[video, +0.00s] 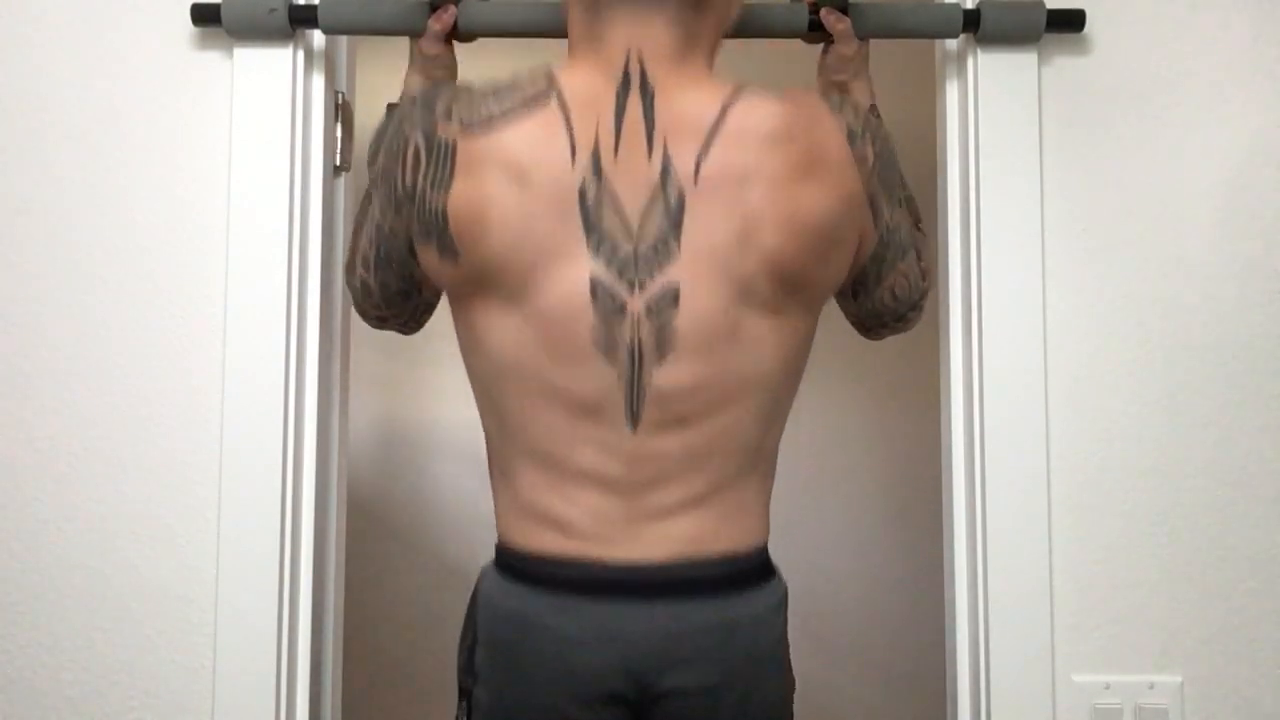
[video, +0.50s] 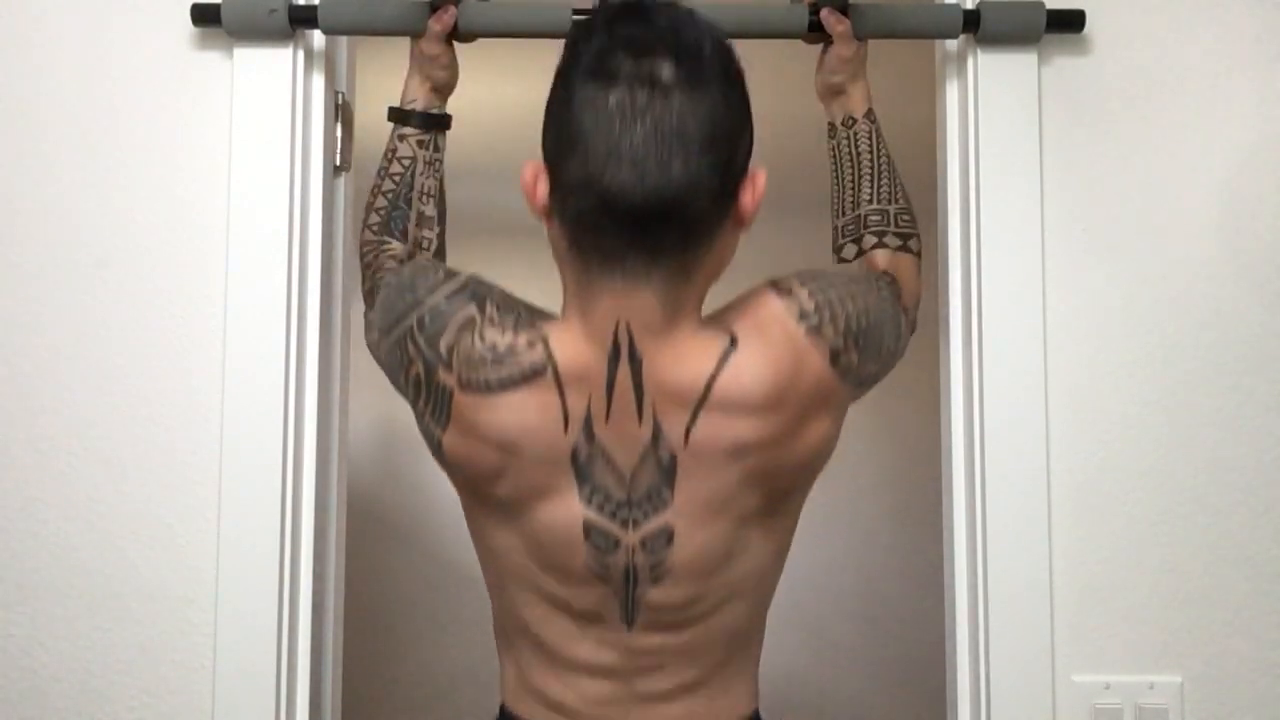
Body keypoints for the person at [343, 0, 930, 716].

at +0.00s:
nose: (732, 13)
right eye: (729, 10)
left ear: (571, 5)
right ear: (724, 7)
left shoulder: (464, 139)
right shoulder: (806, 144)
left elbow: (384, 300)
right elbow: (893, 303)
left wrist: (423, 85)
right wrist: (853, 96)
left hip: (536, 627)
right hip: (729, 628)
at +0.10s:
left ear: (554, 17)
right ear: (752, 18)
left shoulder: (461, 196)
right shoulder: (802, 198)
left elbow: (382, 298)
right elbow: (896, 299)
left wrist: (421, 101)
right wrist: (851, 101)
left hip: (533, 661)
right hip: (727, 663)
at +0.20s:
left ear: (544, 49)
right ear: (756, 59)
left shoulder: (464, 244)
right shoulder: (803, 247)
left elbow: (378, 282)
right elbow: (899, 293)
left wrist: (421, 98)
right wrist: (850, 99)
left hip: (530, 687)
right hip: (725, 688)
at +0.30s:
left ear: (543, 104)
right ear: (755, 113)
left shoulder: (467, 293)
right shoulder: (806, 290)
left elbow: (384, 263)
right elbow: (900, 270)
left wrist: (422, 97)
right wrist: (850, 100)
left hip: (529, 699)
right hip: (725, 699)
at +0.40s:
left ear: (542, 152)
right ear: (751, 161)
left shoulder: (472, 338)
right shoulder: (798, 332)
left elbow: (389, 257)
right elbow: (892, 258)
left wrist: (423, 95)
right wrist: (849, 98)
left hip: (532, 706)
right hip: (722, 706)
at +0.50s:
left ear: (538, 193)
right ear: (749, 200)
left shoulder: (476, 371)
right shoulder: (793, 360)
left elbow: (393, 256)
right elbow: (892, 266)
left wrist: (424, 91)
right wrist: (848, 98)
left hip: (535, 711)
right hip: (723, 710)